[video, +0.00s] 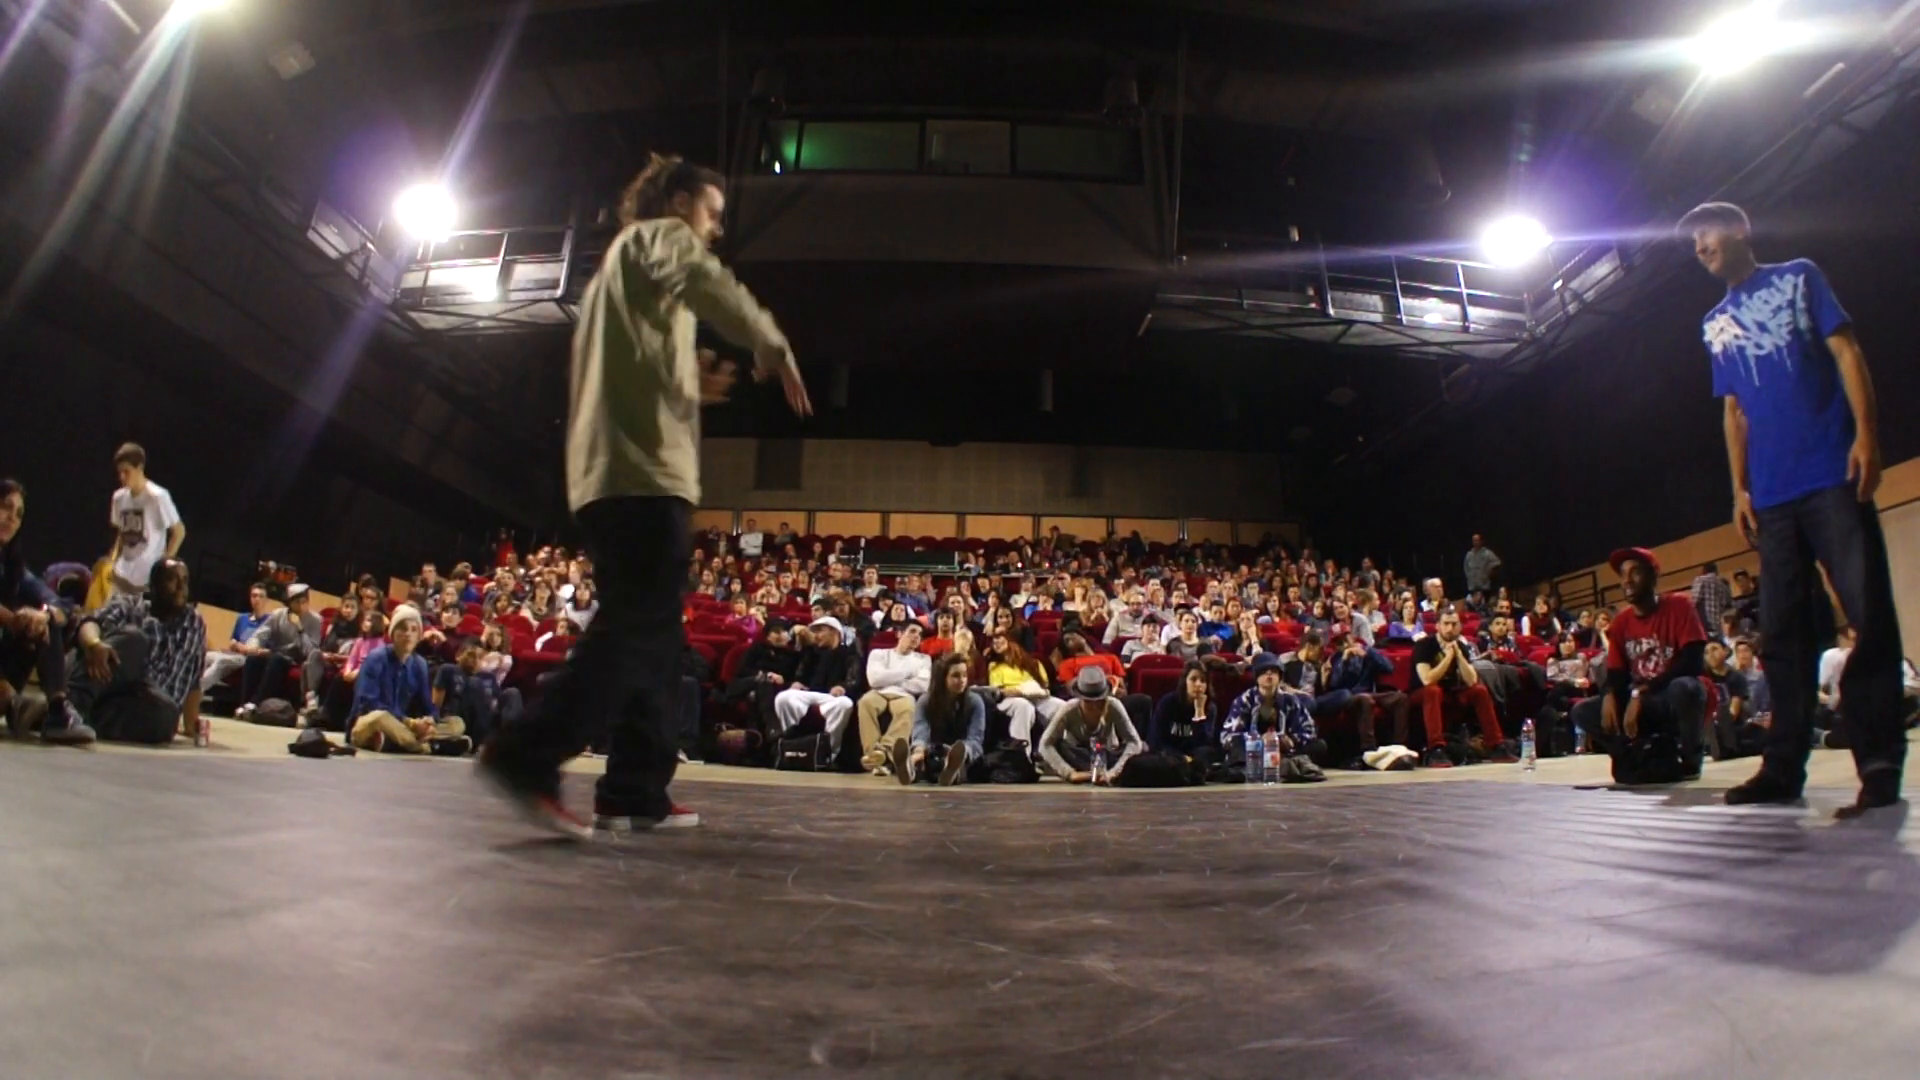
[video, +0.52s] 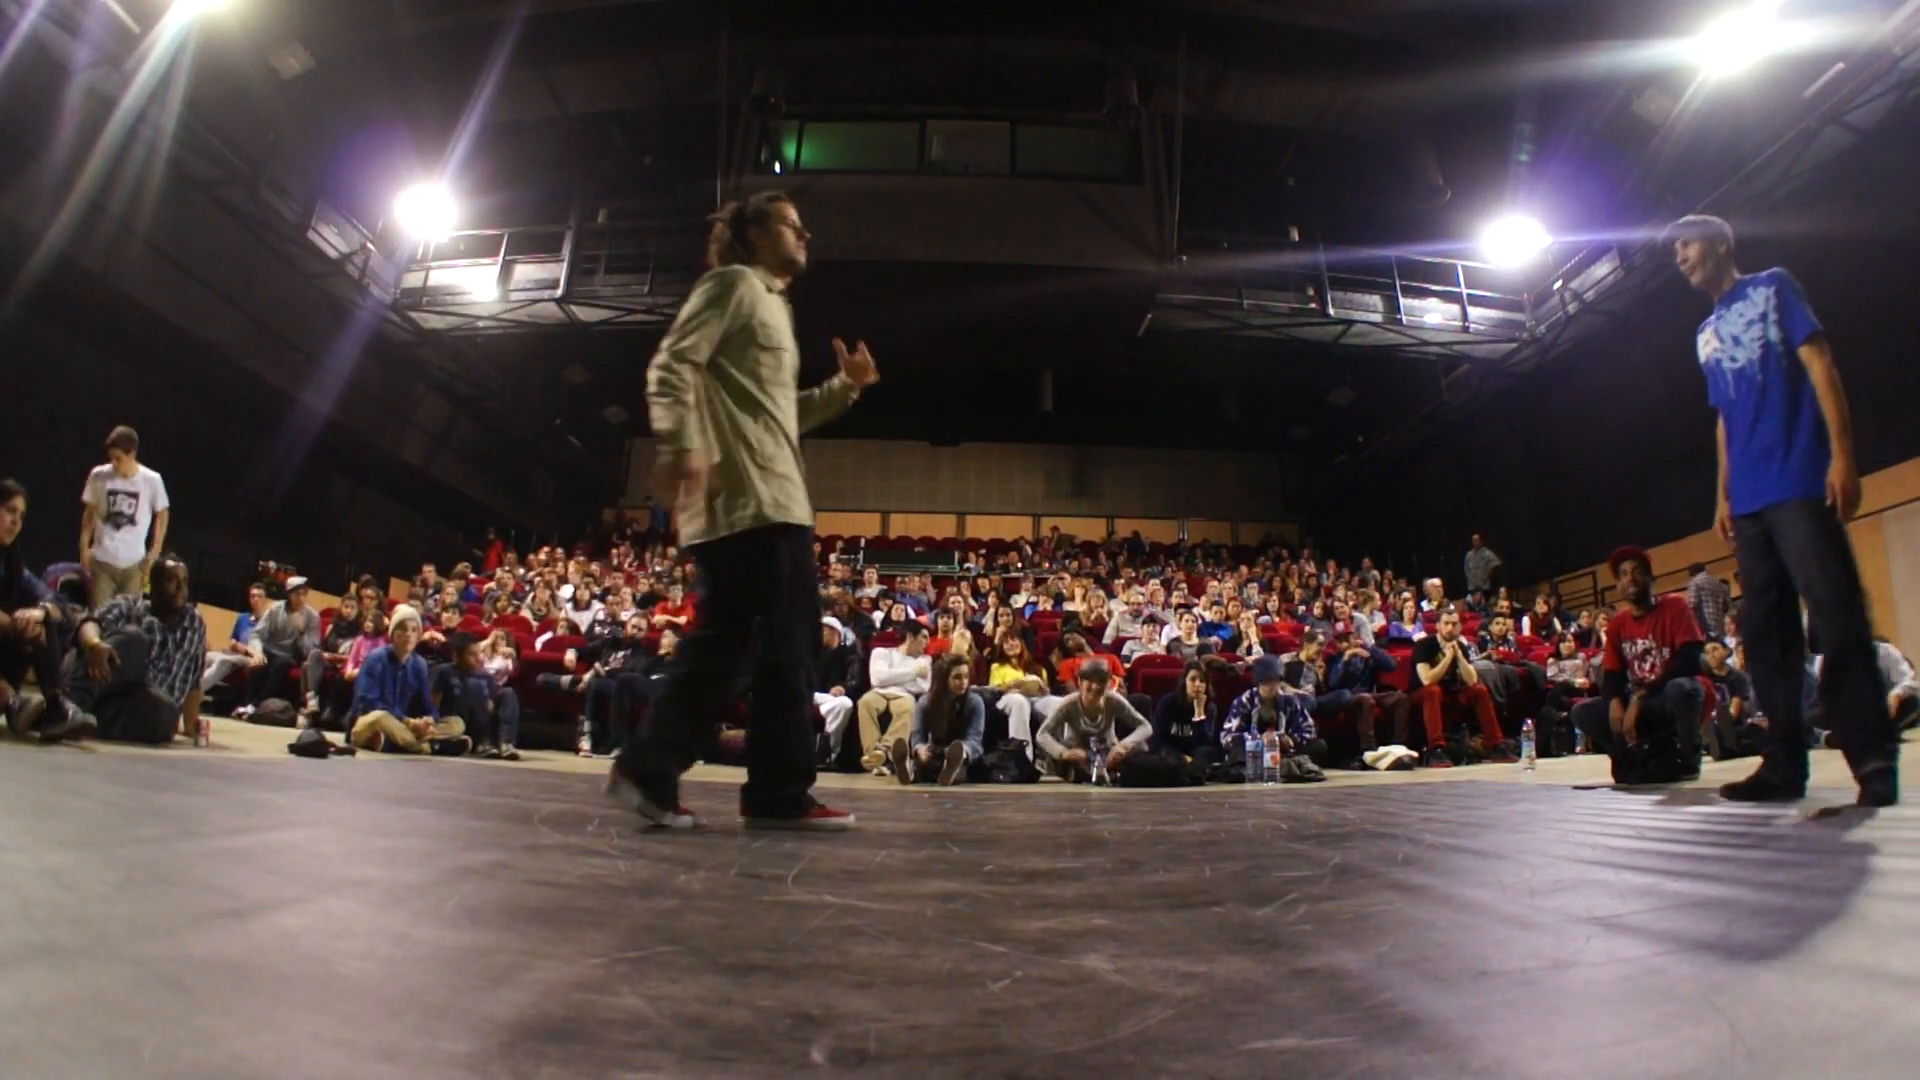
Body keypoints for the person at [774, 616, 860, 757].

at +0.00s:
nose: (816, 635)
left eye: (821, 630)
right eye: (815, 631)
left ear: (834, 633)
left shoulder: (848, 654)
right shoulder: (812, 652)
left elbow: (853, 680)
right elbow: (801, 674)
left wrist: (842, 688)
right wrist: (798, 683)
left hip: (831, 694)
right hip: (809, 691)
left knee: (844, 704)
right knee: (783, 699)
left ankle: (829, 754)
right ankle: (793, 749)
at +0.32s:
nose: (817, 635)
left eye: (821, 630)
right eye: (816, 631)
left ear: (833, 632)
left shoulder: (848, 654)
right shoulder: (813, 652)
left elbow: (853, 681)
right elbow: (801, 674)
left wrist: (843, 688)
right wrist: (797, 683)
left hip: (830, 694)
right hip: (808, 692)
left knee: (844, 704)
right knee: (791, 698)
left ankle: (829, 753)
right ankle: (785, 747)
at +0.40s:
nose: (818, 635)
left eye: (822, 631)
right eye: (818, 631)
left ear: (834, 633)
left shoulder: (848, 653)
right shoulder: (815, 653)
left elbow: (854, 679)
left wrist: (842, 687)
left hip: (834, 694)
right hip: (816, 693)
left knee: (844, 704)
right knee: (843, 704)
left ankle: (828, 752)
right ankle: (829, 753)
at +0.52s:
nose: (822, 634)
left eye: (825, 630)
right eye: (821, 630)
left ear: (835, 634)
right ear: (821, 633)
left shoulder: (848, 653)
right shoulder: (816, 653)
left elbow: (854, 680)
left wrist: (843, 687)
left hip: (834, 695)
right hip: (814, 693)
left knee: (845, 704)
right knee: (842, 704)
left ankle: (828, 752)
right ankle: (830, 754)